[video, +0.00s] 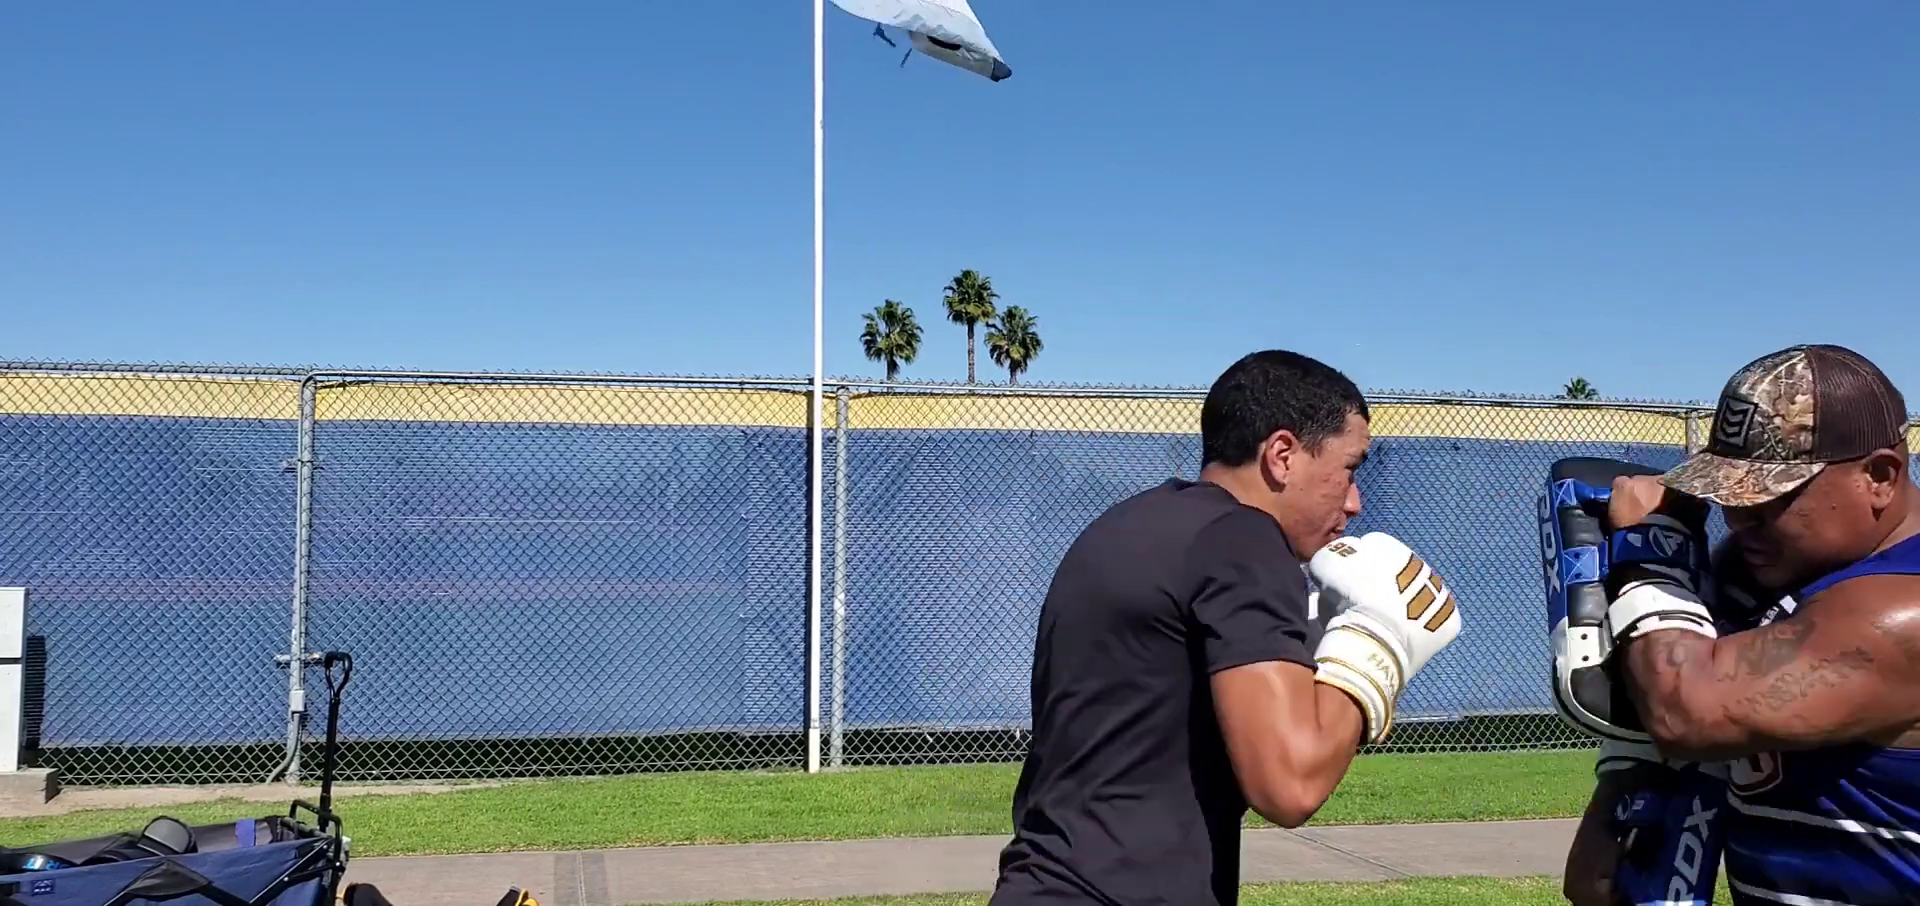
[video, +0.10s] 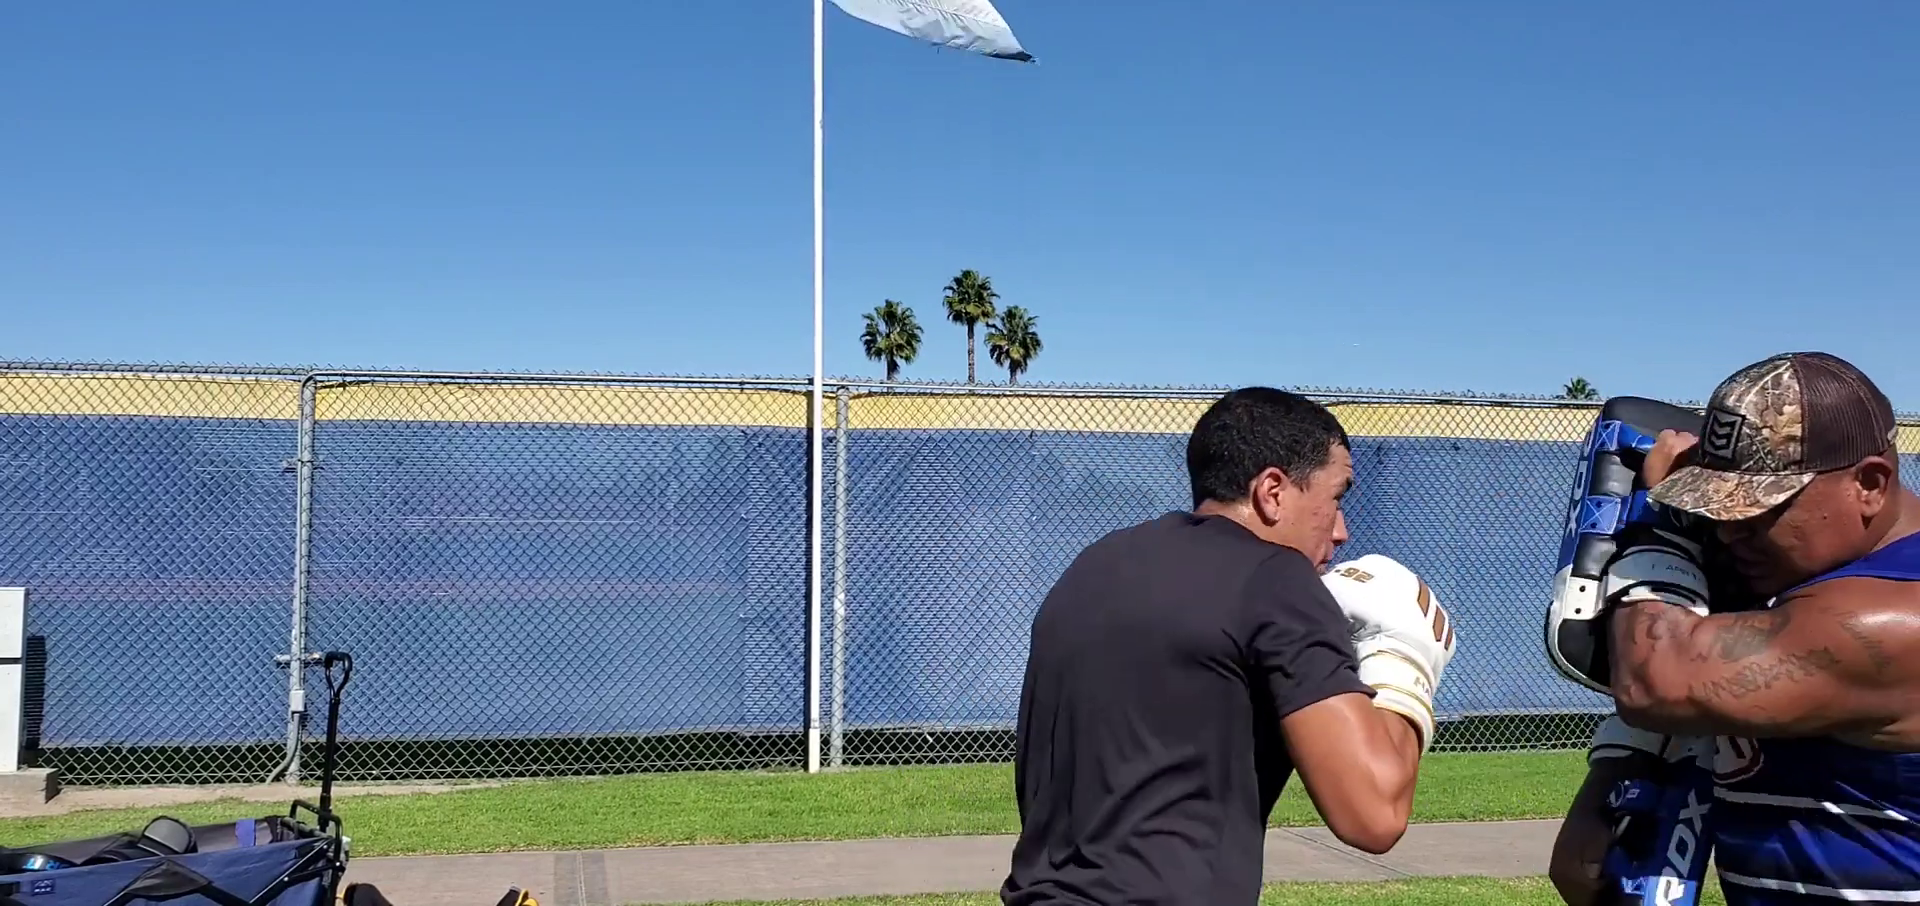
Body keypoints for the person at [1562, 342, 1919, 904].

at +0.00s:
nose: (1740, 519)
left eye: (1770, 498)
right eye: (1734, 495)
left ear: (1881, 480)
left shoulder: (1899, 615)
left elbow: (1687, 708)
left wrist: (1647, 545)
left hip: (1874, 888)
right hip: (1764, 886)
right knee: (1599, 875)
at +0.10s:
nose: (1729, 537)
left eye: (1757, 513)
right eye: (1722, 512)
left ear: (1871, 487)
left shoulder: (1887, 621)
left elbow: (1657, 681)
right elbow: (1582, 870)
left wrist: (1663, 513)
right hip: (1762, 886)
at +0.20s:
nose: (1719, 537)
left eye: (1745, 513)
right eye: (1711, 512)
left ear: (1859, 485)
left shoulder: (1889, 625)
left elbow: (1663, 696)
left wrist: (1651, 517)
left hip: (1876, 894)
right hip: (1758, 888)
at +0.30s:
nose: (1710, 535)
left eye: (1739, 511)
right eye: (1705, 510)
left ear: (1851, 486)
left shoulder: (1878, 621)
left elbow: (1645, 685)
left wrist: (1639, 509)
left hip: (1868, 895)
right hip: (1755, 887)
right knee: (1576, 872)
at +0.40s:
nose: (1758, 527)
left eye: (1800, 506)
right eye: (1749, 490)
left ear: (1902, 502)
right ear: (1732, 468)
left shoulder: (1882, 630)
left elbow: (1636, 672)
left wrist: (1632, 487)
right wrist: (1592, 790)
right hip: (1749, 884)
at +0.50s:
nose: (1796, 520)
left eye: (1841, 501)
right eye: (1790, 480)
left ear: (1914, 510)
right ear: (1775, 463)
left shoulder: (1902, 634)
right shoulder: (1755, 535)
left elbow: (1684, 701)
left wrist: (1629, 576)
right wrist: (1584, 784)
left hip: (1882, 892)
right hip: (1751, 885)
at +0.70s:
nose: (1815, 468)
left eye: (1851, 439)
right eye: (1814, 439)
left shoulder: (1913, 590)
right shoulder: (1856, 562)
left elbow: (1818, 723)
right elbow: (1818, 669)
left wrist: (1607, 785)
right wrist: (1714, 615)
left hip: (1891, 889)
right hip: (1823, 881)